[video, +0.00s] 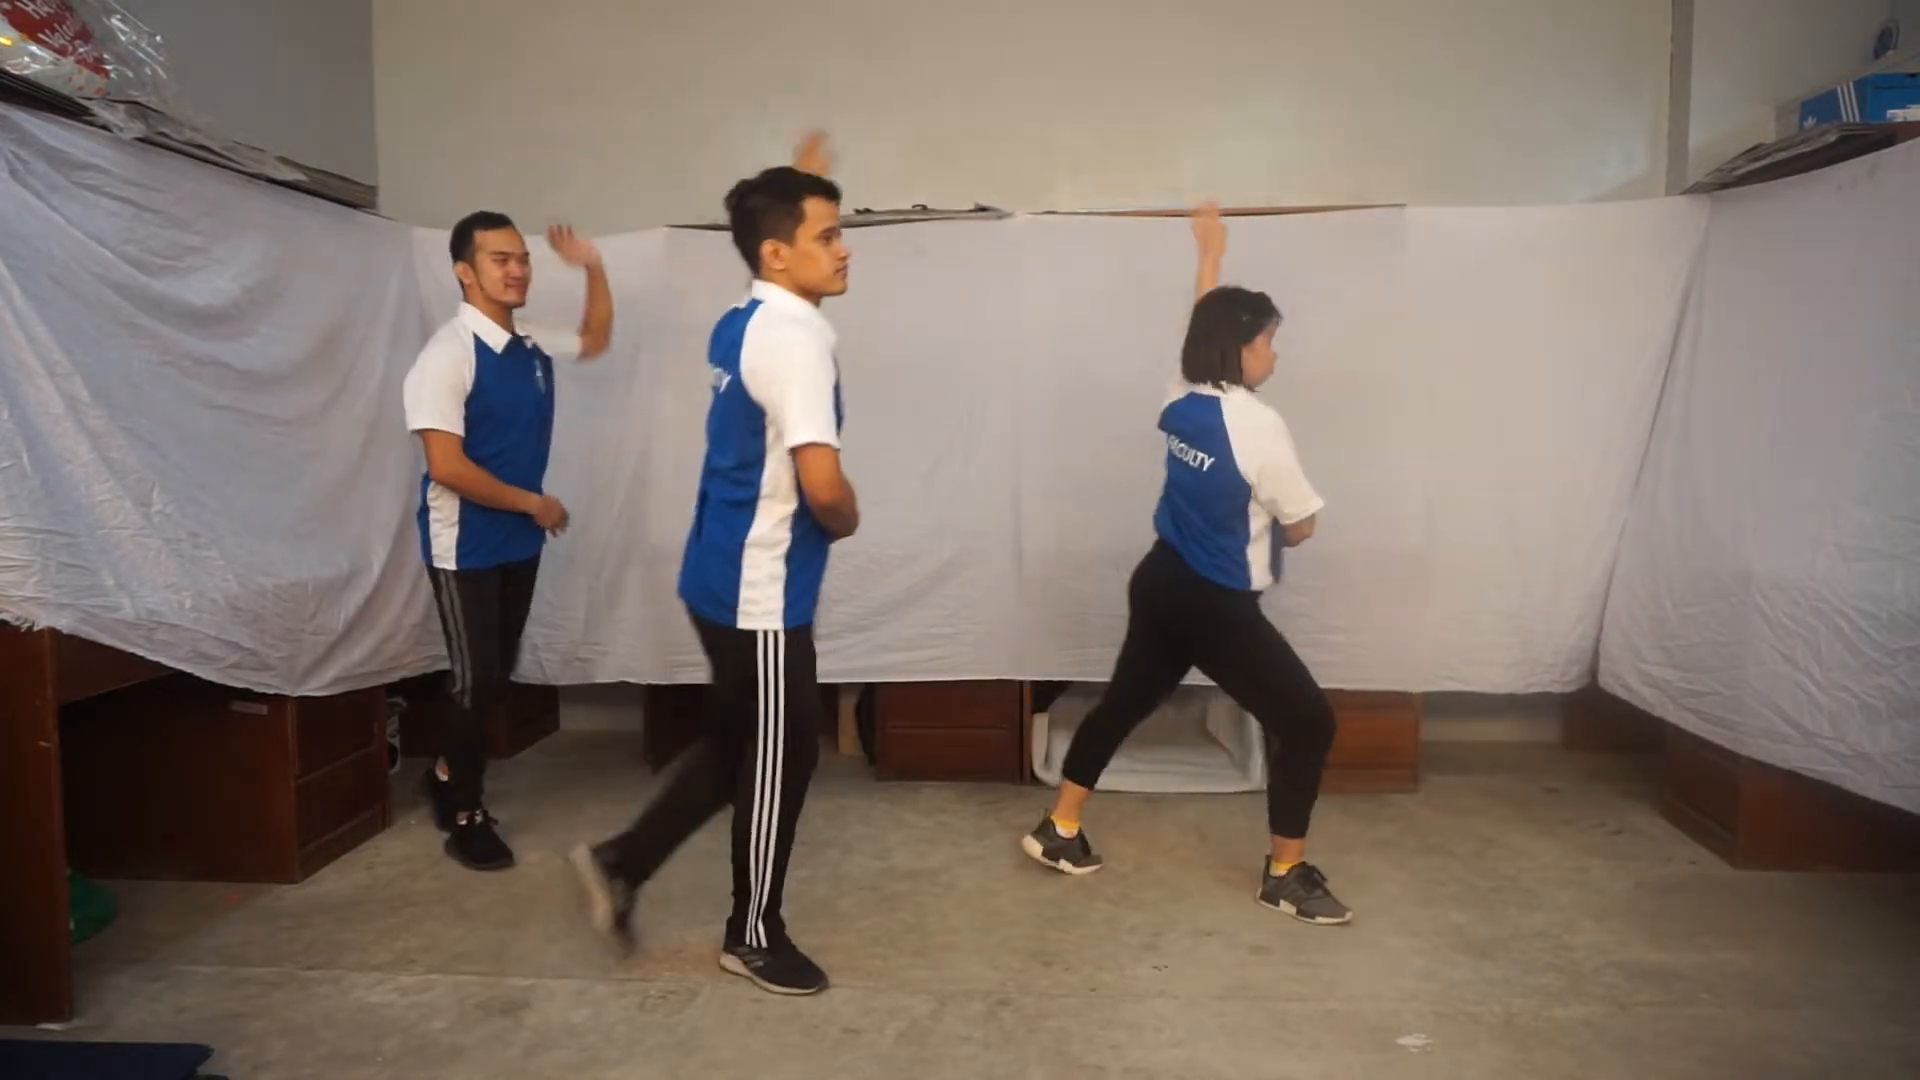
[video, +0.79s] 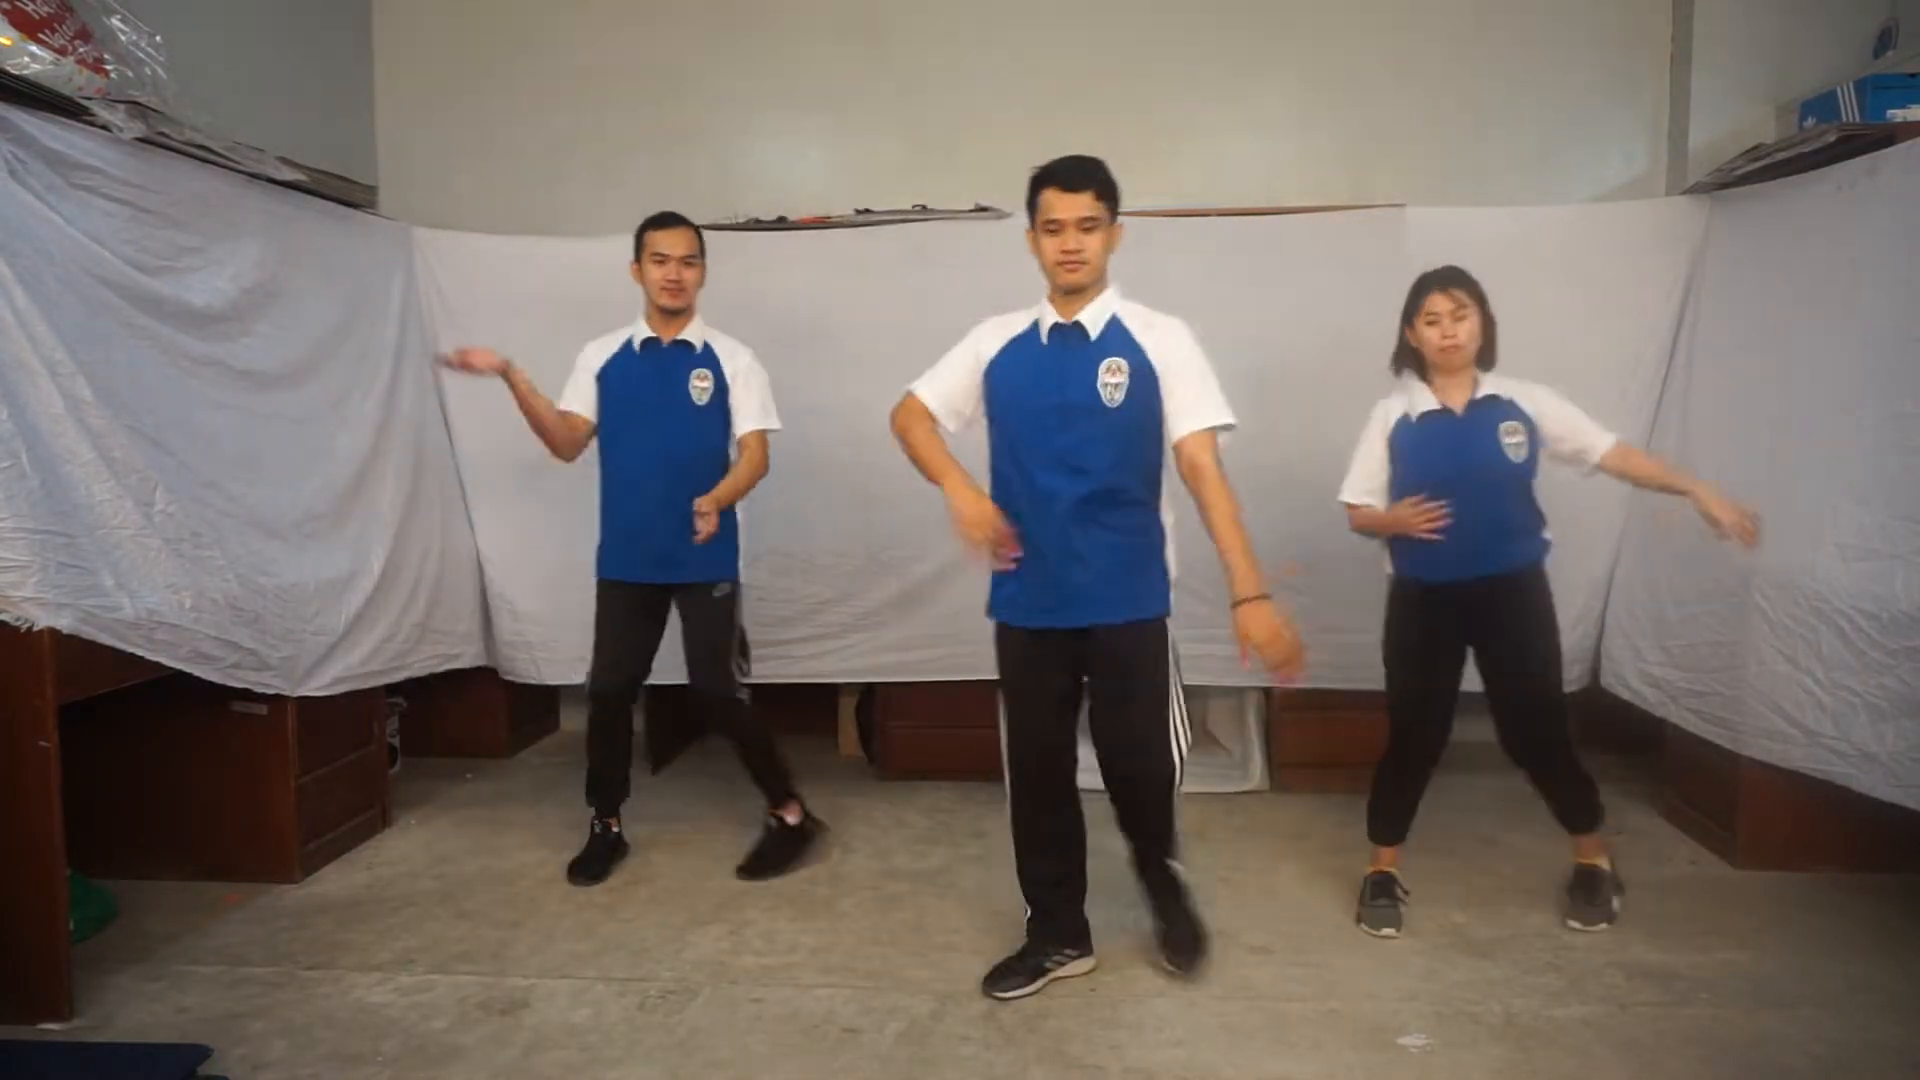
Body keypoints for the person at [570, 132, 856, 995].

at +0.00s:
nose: (844, 253)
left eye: (841, 237)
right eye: (828, 241)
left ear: (771, 253)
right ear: (776, 254)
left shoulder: (747, 320)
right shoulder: (796, 339)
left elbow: (776, 247)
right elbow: (822, 488)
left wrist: (795, 189)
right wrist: (846, 519)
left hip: (729, 581)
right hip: (763, 591)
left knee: (739, 740)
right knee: (782, 754)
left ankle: (620, 861)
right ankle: (756, 927)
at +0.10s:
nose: (880, 240)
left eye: (879, 224)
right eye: (864, 227)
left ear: (826, 240)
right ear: (811, 241)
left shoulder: (831, 313)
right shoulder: (815, 330)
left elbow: (835, 378)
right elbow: (846, 472)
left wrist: (879, 342)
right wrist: (888, 506)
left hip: (834, 575)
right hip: (789, 586)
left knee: (869, 711)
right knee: (783, 757)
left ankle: (745, 834)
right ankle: (753, 929)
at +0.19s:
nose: (909, 238)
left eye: (908, 222)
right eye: (891, 226)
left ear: (871, 236)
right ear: (838, 241)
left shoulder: (869, 317)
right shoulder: (836, 327)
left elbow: (853, 439)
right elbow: (856, 467)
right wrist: (911, 510)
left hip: (869, 576)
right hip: (814, 588)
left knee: (915, 707)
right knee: (796, 755)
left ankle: (861, 861)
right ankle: (753, 927)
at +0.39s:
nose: (968, 247)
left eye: (973, 231)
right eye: (946, 236)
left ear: (982, 238)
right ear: (905, 252)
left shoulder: (987, 344)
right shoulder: (890, 340)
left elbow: (996, 478)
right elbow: (859, 463)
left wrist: (1010, 590)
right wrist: (963, 520)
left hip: (974, 590)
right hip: (903, 596)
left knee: (968, 751)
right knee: (893, 763)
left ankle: (951, 887)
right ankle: (804, 908)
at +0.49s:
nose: (993, 246)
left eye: (1002, 229)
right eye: (972, 234)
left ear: (1016, 237)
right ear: (938, 249)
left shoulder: (1043, 349)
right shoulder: (910, 342)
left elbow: (1069, 471)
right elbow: (863, 461)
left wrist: (1098, 581)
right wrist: (976, 520)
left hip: (1018, 589)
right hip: (941, 597)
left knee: (990, 757)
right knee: (959, 769)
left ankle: (965, 889)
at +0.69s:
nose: (1040, 245)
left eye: (1056, 229)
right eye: (1023, 231)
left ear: (1079, 237)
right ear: (998, 243)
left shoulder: (1124, 347)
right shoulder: (957, 346)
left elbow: (1188, 460)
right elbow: (887, 447)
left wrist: (1258, 577)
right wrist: (973, 514)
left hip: (1098, 587)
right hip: (998, 593)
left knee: (1118, 748)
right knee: (1022, 772)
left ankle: (1046, 836)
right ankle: (1058, 931)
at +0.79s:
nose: (1069, 243)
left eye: (1086, 227)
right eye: (1053, 228)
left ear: (1114, 234)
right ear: (1032, 238)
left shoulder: (1159, 340)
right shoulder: (996, 341)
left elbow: (1202, 469)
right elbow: (911, 416)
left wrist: (1250, 594)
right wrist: (962, 493)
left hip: (1127, 602)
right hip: (1027, 602)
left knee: (1140, 767)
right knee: (1038, 775)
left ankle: (1162, 882)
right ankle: (1057, 930)